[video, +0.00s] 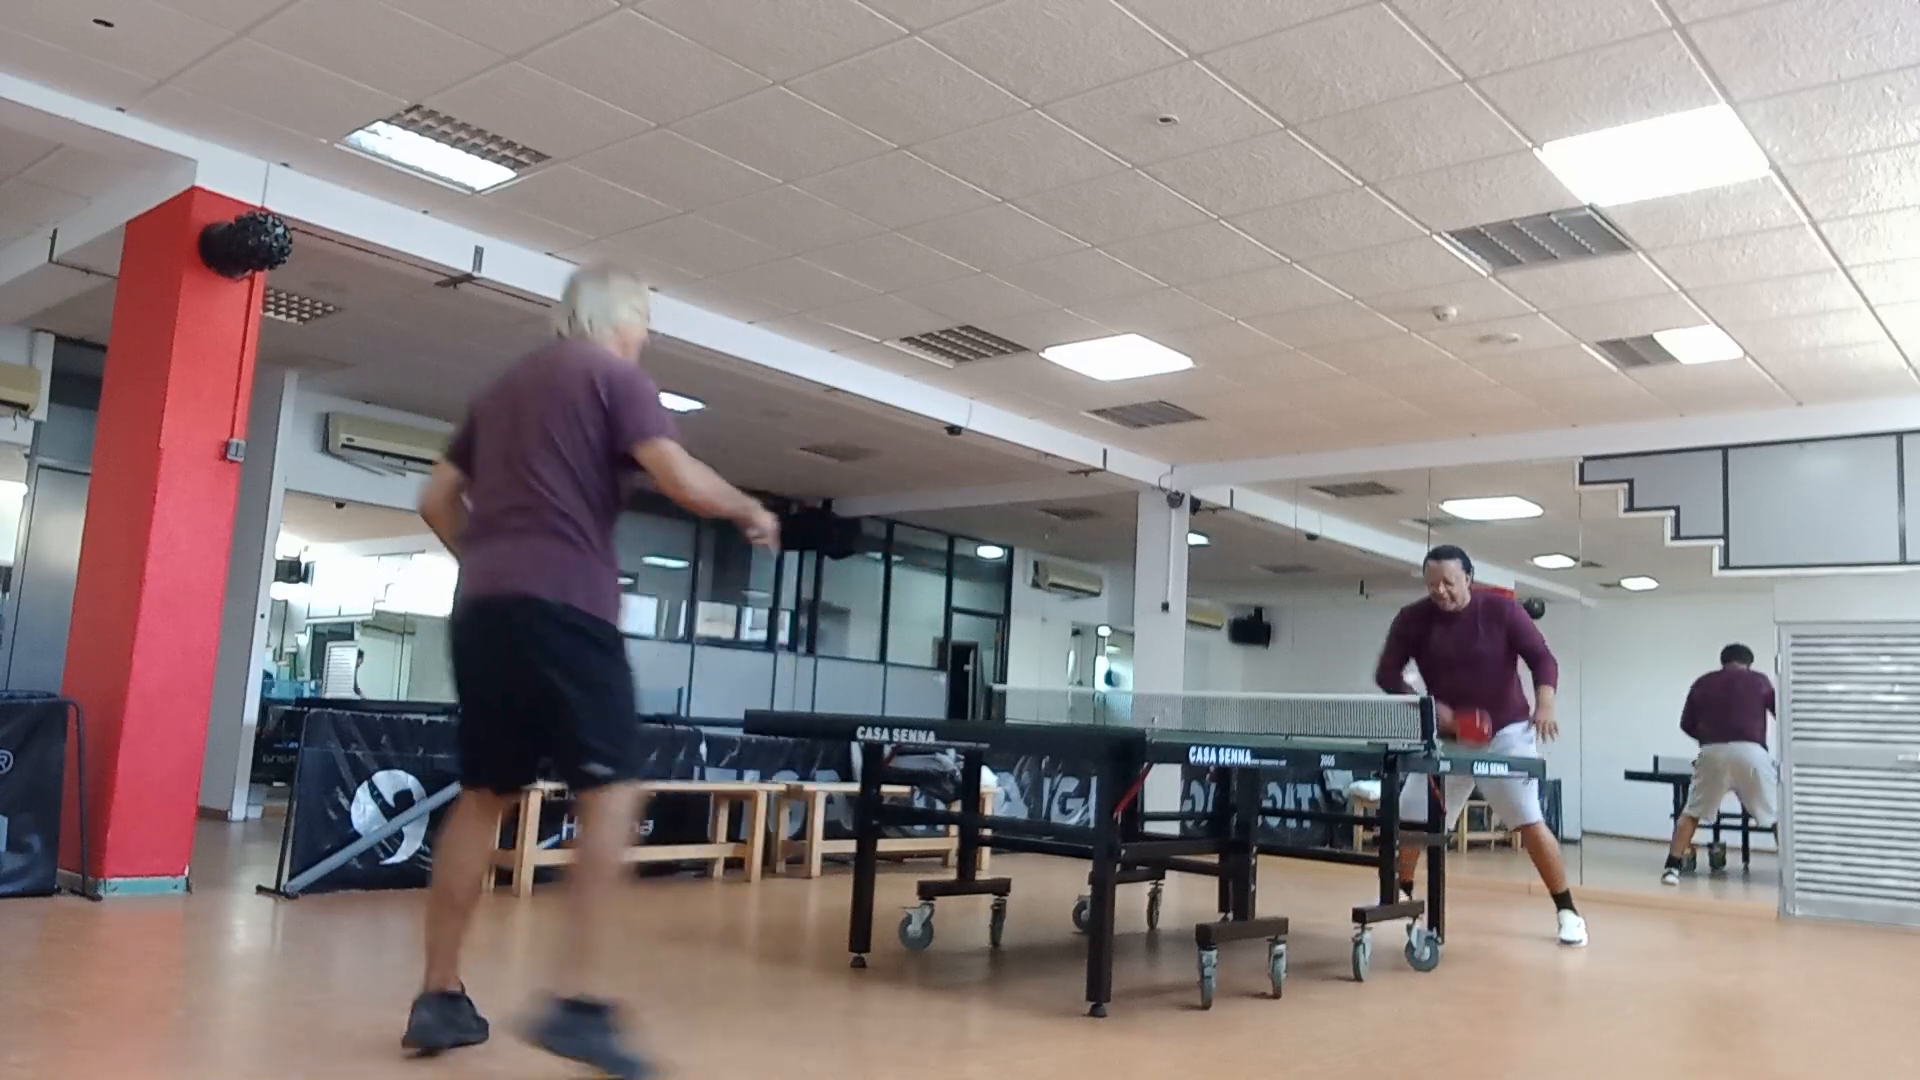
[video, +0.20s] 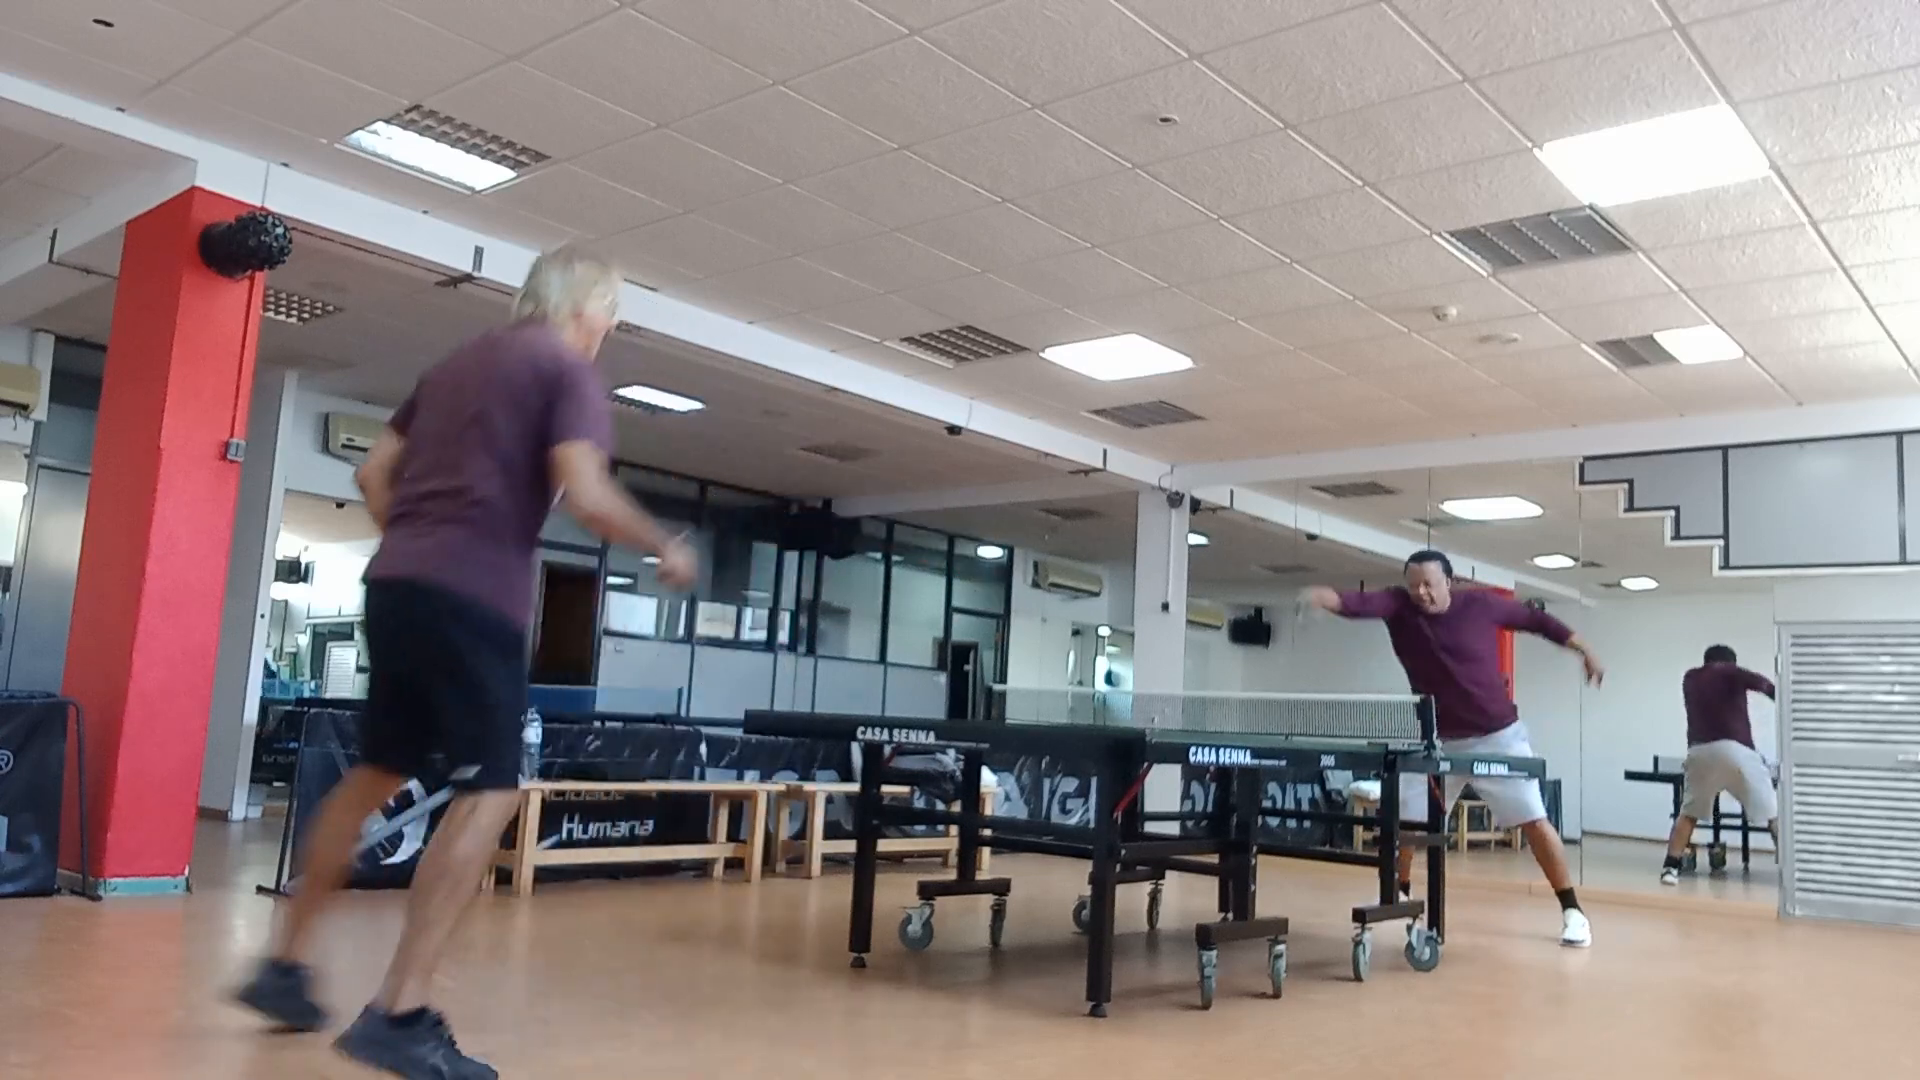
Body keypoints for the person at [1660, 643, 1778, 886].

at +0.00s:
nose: (1749, 669)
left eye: (1746, 667)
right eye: (1749, 666)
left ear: (1722, 662)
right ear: (1749, 664)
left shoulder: (1703, 682)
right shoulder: (1759, 681)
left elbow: (1687, 724)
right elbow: (1782, 713)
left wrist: (1711, 738)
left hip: (1712, 752)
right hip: (1751, 752)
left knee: (1691, 812)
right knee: (1777, 817)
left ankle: (1672, 867)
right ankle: (1794, 875)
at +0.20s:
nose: (1734, 667)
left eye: (1734, 665)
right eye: (1733, 664)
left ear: (1706, 661)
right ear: (1730, 661)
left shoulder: (1690, 677)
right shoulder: (1732, 671)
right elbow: (1763, 684)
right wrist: (1780, 695)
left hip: (1699, 750)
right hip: (1734, 748)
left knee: (1689, 812)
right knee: (1772, 812)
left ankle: (1670, 868)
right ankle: (1792, 867)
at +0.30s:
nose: (1735, 663)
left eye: (1735, 661)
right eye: (1735, 660)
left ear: (1708, 654)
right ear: (1732, 657)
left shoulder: (1690, 671)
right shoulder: (1732, 668)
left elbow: (1668, 685)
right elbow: (1764, 678)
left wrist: (1656, 692)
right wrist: (1780, 685)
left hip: (1696, 747)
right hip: (1731, 747)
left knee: (1685, 811)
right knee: (1763, 809)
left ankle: (1669, 867)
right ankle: (1785, 861)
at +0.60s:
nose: (1745, 656)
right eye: (1746, 652)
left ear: (1721, 648)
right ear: (1747, 650)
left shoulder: (1699, 673)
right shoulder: (1757, 671)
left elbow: (1676, 710)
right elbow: (1777, 694)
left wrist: (1655, 741)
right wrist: (1773, 707)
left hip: (1710, 750)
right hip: (1749, 750)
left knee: (1690, 813)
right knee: (1773, 813)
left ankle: (1670, 867)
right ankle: (1788, 870)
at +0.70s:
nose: (1751, 653)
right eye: (1752, 650)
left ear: (1725, 647)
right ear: (1752, 648)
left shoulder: (1706, 672)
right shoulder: (1765, 671)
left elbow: (1689, 713)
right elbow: (1788, 703)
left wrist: (1676, 744)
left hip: (1721, 749)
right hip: (1759, 748)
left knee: (1700, 811)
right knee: (1778, 810)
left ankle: (1677, 864)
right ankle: (1786, 861)